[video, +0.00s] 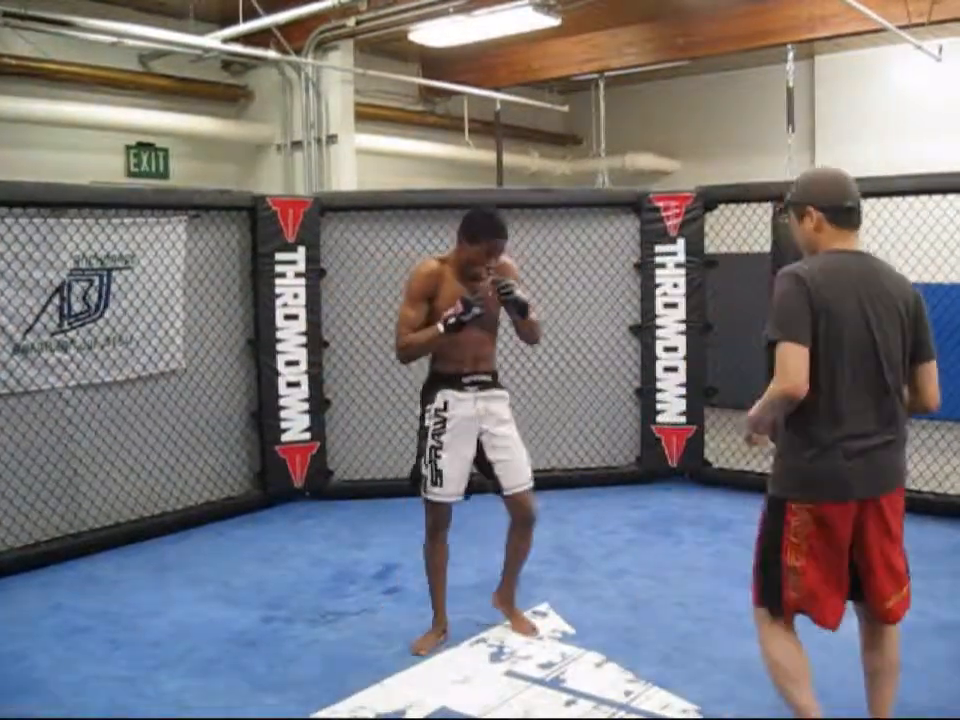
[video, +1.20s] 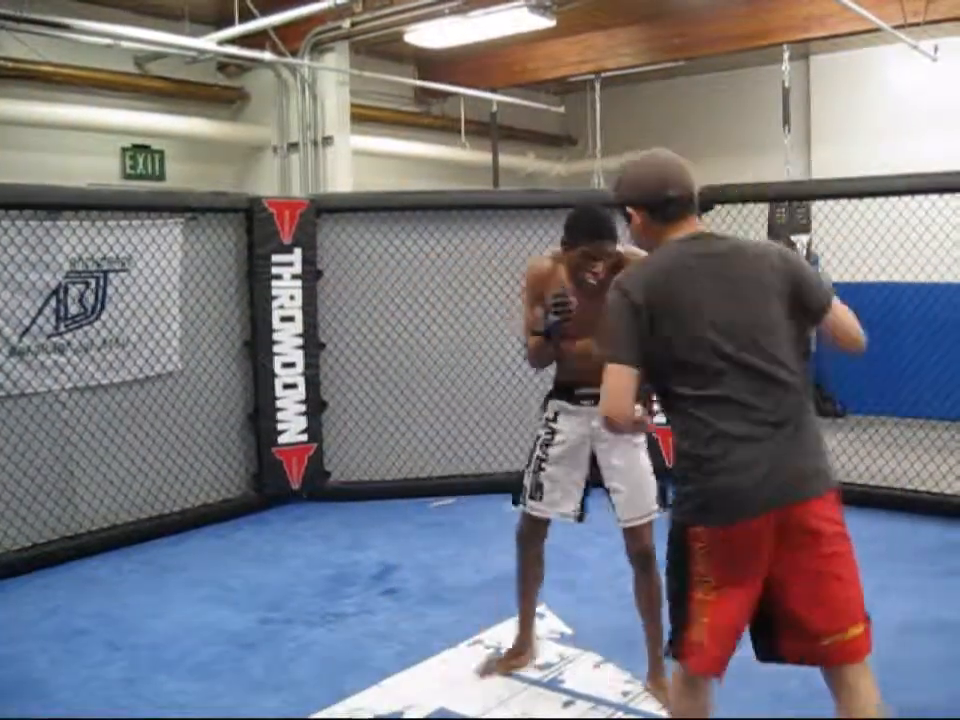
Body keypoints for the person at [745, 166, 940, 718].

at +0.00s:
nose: (793, 233)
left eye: (794, 222)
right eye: (792, 223)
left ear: (813, 218)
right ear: (854, 218)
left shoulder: (799, 280)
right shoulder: (901, 288)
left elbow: (792, 384)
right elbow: (928, 398)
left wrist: (762, 414)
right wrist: (878, 395)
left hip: (809, 486)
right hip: (883, 481)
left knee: (774, 616)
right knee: (879, 614)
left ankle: (808, 711)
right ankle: (881, 713)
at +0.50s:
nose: (749, 217)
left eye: (749, 206)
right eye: (749, 206)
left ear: (765, 206)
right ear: (816, 202)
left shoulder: (744, 277)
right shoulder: (872, 268)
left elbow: (701, 382)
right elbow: (886, 347)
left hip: (784, 487)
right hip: (873, 483)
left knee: (749, 653)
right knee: (898, 649)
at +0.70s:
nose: (770, 232)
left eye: (771, 221)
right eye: (768, 221)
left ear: (790, 224)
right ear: (841, 218)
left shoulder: (772, 294)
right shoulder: (889, 285)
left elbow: (707, 398)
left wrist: (728, 399)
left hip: (789, 514)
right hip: (876, 512)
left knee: (727, 646)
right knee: (903, 675)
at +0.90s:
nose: (707, 237)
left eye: (708, 226)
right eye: (707, 225)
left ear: (723, 229)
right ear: (781, 221)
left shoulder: (723, 298)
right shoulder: (835, 287)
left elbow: (713, 423)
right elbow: (844, 272)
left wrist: (668, 456)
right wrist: (824, 218)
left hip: (772, 513)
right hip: (856, 504)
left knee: (718, 665)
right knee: (892, 677)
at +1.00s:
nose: (667, 222)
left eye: (668, 213)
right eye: (667, 212)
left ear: (682, 218)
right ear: (735, 206)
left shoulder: (691, 284)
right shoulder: (798, 263)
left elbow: (693, 403)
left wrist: (660, 424)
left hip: (756, 498)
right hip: (841, 485)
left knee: (707, 660)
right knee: (886, 665)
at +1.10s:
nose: (644, 229)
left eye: (644, 218)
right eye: (643, 217)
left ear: (657, 219)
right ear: (713, 205)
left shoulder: (660, 281)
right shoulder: (780, 258)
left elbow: (638, 404)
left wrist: (627, 404)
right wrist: (746, 218)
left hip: (736, 491)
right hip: (822, 478)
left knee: (700, 665)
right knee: (871, 666)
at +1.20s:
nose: (626, 226)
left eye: (626, 216)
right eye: (626, 215)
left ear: (637, 217)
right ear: (693, 201)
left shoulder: (635, 288)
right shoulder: (772, 259)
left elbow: (617, 411)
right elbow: (853, 338)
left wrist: (638, 413)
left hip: (718, 496)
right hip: (807, 483)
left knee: (692, 675)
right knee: (851, 668)